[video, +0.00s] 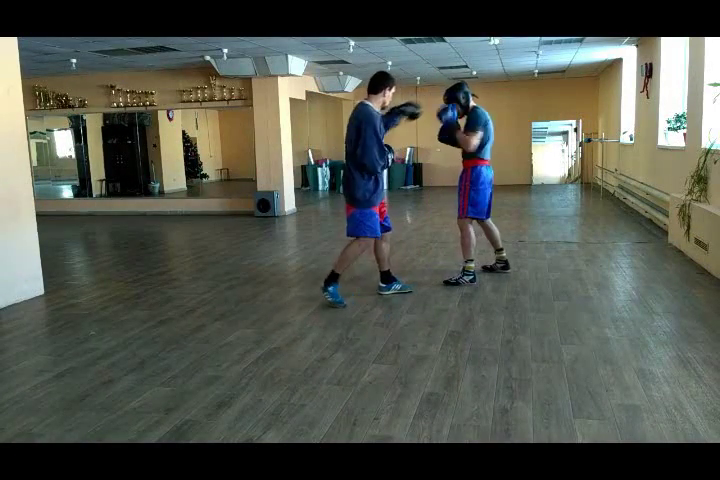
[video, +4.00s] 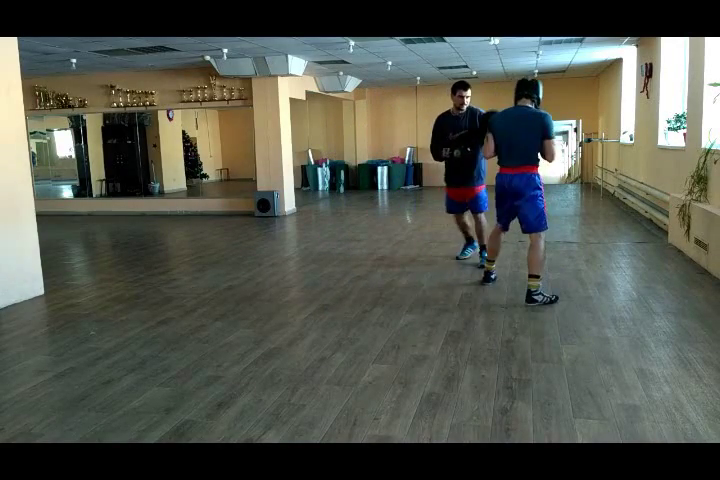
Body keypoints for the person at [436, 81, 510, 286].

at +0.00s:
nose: (452, 108)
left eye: (451, 104)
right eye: (450, 105)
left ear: (461, 100)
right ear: (467, 99)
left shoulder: (476, 114)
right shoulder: (478, 115)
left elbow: (470, 144)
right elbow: (466, 145)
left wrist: (452, 125)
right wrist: (448, 133)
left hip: (474, 170)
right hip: (483, 169)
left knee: (464, 220)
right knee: (482, 218)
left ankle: (468, 271)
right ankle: (501, 260)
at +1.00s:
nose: (481, 112)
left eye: (481, 107)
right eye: (480, 108)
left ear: (487, 102)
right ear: (498, 99)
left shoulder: (496, 112)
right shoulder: (520, 116)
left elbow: (499, 139)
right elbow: (518, 145)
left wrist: (483, 140)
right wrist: (490, 136)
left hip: (498, 172)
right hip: (517, 172)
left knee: (474, 218)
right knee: (518, 219)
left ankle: (471, 268)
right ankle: (537, 264)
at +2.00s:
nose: (488, 103)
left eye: (488, 100)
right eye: (487, 100)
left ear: (493, 98)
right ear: (510, 96)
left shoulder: (493, 112)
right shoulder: (530, 117)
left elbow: (482, 142)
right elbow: (528, 153)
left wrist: (474, 140)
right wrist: (511, 144)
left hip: (495, 174)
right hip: (519, 175)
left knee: (472, 223)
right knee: (529, 223)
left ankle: (458, 270)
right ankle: (544, 270)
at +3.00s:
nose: (494, 108)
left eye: (494, 105)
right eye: (494, 106)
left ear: (498, 103)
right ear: (517, 101)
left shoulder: (498, 120)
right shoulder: (537, 120)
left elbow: (494, 155)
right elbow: (537, 157)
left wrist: (483, 146)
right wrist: (518, 144)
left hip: (501, 181)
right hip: (526, 181)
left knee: (475, 227)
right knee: (539, 230)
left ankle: (455, 272)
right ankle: (553, 276)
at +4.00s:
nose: (537, 102)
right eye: (539, 99)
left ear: (516, 96)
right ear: (537, 99)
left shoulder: (499, 117)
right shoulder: (542, 118)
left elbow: (487, 153)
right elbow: (549, 156)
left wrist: (507, 141)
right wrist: (535, 141)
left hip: (504, 180)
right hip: (529, 181)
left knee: (499, 227)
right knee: (537, 237)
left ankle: (488, 272)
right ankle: (534, 291)